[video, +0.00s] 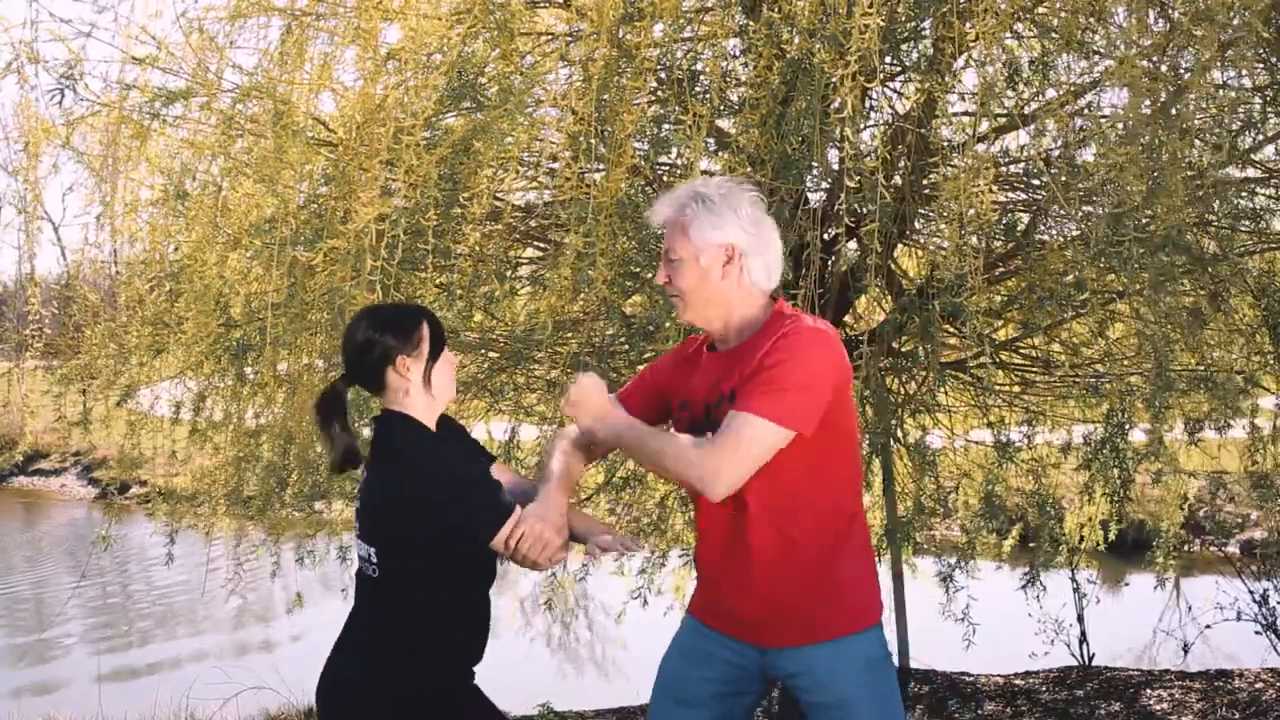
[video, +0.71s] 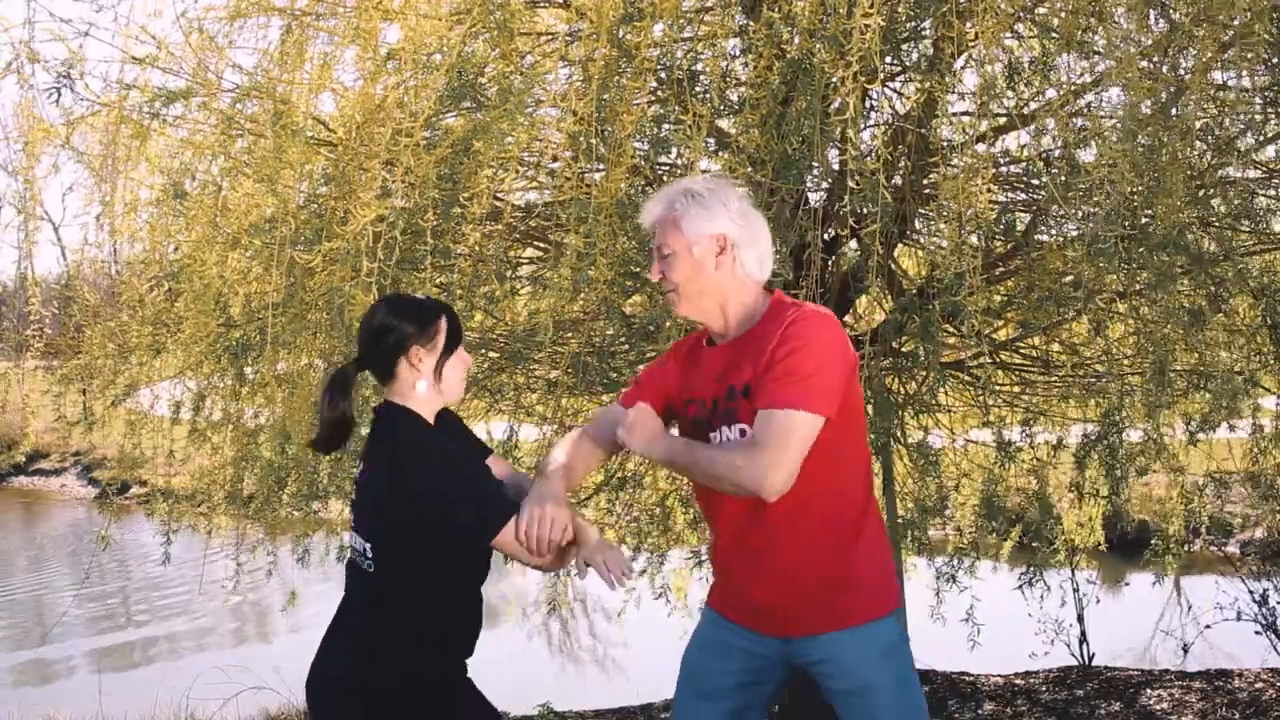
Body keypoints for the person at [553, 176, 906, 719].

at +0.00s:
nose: (661, 278)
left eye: (674, 261)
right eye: (663, 262)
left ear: (730, 260)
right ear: (728, 262)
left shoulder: (809, 346)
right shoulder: (687, 363)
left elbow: (714, 473)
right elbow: (578, 441)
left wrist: (610, 422)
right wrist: (551, 503)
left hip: (833, 638)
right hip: (716, 632)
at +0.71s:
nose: (655, 274)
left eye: (666, 255)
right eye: (655, 259)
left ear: (722, 250)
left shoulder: (810, 332)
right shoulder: (684, 363)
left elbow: (767, 471)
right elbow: (596, 435)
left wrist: (660, 445)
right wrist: (551, 488)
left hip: (851, 620)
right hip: (738, 618)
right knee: (692, 711)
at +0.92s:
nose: (718, 267)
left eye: (731, 250)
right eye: (721, 252)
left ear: (788, 251)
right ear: (780, 252)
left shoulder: (871, 341)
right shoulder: (734, 370)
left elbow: (862, 484)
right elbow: (667, 474)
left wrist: (741, 474)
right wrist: (600, 444)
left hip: (890, 643)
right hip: (769, 636)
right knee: (718, 711)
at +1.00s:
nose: (753, 265)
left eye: (768, 249)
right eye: (757, 249)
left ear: (826, 254)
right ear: (819, 256)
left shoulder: (906, 345)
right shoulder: (769, 367)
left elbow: (886, 482)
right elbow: (698, 472)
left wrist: (767, 451)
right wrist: (611, 435)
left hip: (912, 644)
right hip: (791, 634)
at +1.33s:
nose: (813, 258)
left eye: (828, 242)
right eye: (815, 242)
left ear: (887, 249)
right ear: (876, 248)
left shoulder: (963, 344)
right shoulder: (811, 349)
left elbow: (900, 462)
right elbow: (702, 426)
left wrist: (800, 382)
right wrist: (597, 382)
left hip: (940, 638)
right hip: (819, 626)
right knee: (763, 714)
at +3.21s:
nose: (841, 264)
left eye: (864, 252)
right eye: (841, 247)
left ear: (919, 268)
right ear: (835, 253)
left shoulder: (925, 349)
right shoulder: (834, 347)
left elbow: (799, 473)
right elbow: (785, 470)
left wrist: (727, 507)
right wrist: (839, 517)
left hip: (914, 639)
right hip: (808, 625)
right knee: (752, 711)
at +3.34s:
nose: (850, 263)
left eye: (873, 250)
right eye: (851, 246)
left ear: (928, 265)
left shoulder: (942, 349)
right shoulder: (839, 344)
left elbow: (814, 469)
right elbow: (782, 464)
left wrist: (735, 505)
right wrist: (858, 510)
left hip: (922, 639)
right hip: (813, 626)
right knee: (758, 710)